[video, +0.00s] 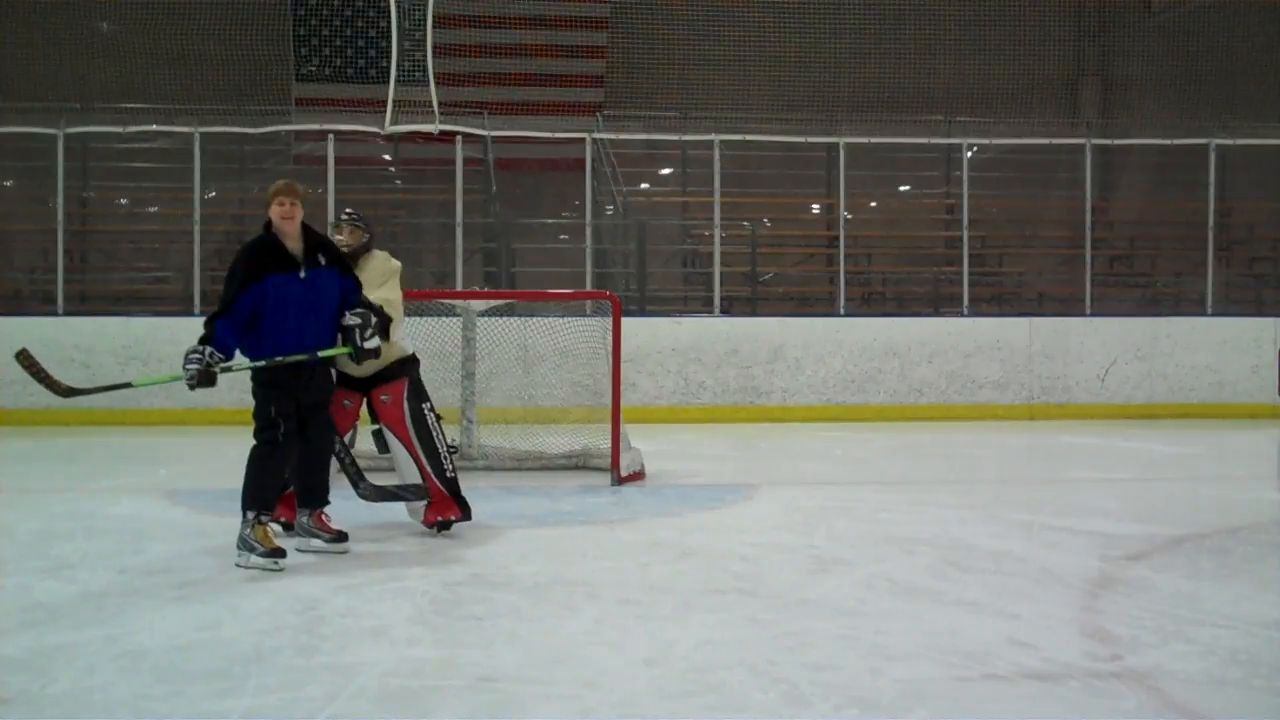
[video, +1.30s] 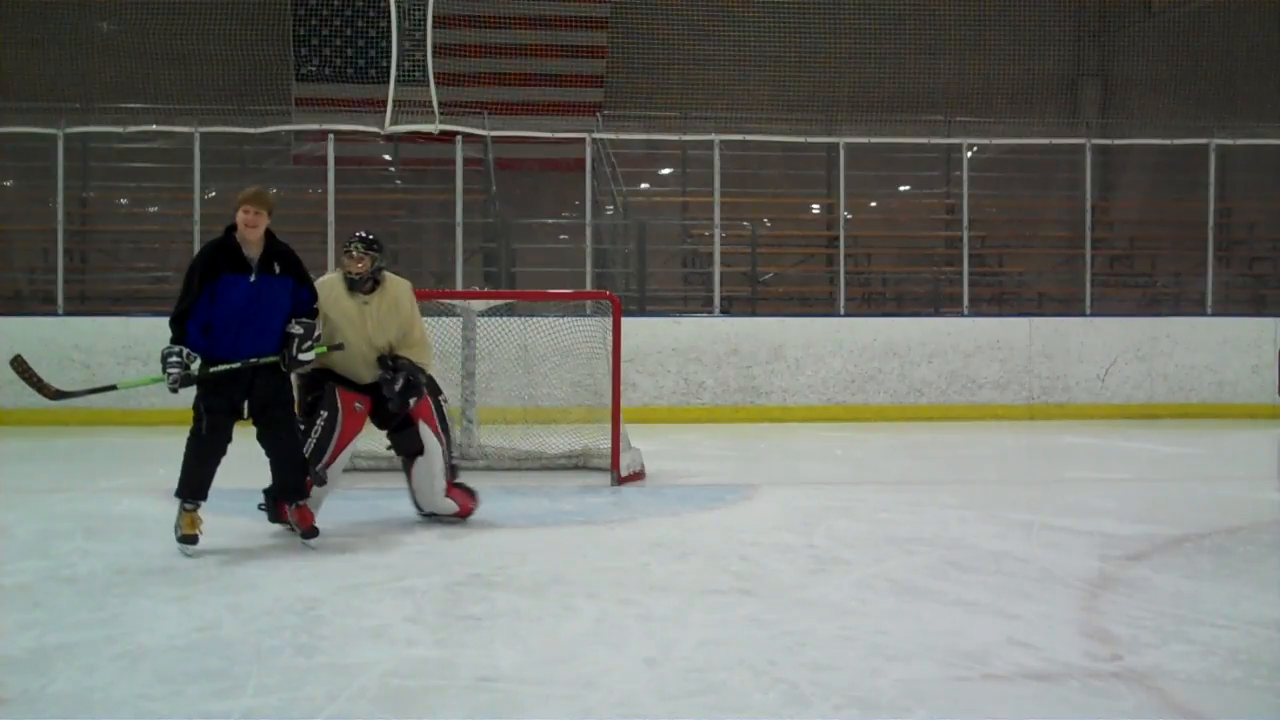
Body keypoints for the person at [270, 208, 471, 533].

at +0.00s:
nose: (345, 238)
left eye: (353, 233)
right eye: (339, 232)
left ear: (366, 237)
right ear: (332, 236)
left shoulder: (382, 266)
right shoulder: (327, 268)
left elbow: (387, 307)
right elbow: (312, 307)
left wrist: (367, 325)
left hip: (390, 368)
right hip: (342, 371)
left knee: (420, 434)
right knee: (318, 438)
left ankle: (445, 502)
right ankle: (290, 502)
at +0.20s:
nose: (386, 251)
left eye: (394, 245)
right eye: (381, 243)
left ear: (404, 250)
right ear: (372, 244)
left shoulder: (412, 284)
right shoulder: (346, 273)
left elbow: (400, 334)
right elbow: (317, 303)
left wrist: (363, 315)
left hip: (397, 372)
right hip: (351, 373)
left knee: (426, 435)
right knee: (329, 440)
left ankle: (453, 502)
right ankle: (290, 500)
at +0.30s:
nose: (403, 256)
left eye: (410, 251)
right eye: (398, 248)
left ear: (420, 256)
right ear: (388, 250)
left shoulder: (430, 290)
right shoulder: (359, 276)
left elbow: (418, 338)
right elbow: (326, 302)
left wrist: (374, 331)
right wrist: (343, 326)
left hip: (407, 377)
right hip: (359, 376)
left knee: (430, 440)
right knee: (337, 441)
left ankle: (455, 506)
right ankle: (294, 502)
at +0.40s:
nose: (416, 255)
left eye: (424, 250)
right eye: (412, 247)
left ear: (434, 256)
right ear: (401, 249)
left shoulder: (445, 292)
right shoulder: (370, 278)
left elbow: (447, 344)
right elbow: (345, 321)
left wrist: (406, 356)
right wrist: (359, 350)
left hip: (419, 377)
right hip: (370, 372)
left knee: (431, 426)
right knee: (347, 434)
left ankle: (462, 503)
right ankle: (298, 502)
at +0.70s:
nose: (425, 261)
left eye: (433, 256)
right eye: (420, 253)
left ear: (444, 259)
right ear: (411, 253)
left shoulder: (461, 296)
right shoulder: (382, 283)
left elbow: (465, 354)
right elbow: (358, 333)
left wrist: (441, 388)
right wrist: (351, 372)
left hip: (431, 378)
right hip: (382, 375)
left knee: (450, 435)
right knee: (352, 431)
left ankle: (473, 505)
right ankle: (328, 507)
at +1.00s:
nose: (396, 262)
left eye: (404, 256)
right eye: (392, 255)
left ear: (419, 259)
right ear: (385, 257)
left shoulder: (440, 295)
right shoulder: (362, 285)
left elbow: (456, 348)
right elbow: (332, 323)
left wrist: (440, 379)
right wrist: (317, 356)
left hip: (417, 379)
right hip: (364, 375)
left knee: (443, 433)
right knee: (340, 435)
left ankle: (478, 497)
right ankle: (317, 506)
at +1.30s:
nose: (356, 264)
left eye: (363, 258)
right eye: (350, 258)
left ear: (377, 262)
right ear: (342, 261)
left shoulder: (399, 291)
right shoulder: (324, 290)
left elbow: (416, 346)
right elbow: (301, 344)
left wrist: (407, 377)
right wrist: (309, 392)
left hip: (392, 379)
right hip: (341, 382)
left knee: (426, 428)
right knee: (333, 430)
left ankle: (435, 500)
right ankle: (300, 502)